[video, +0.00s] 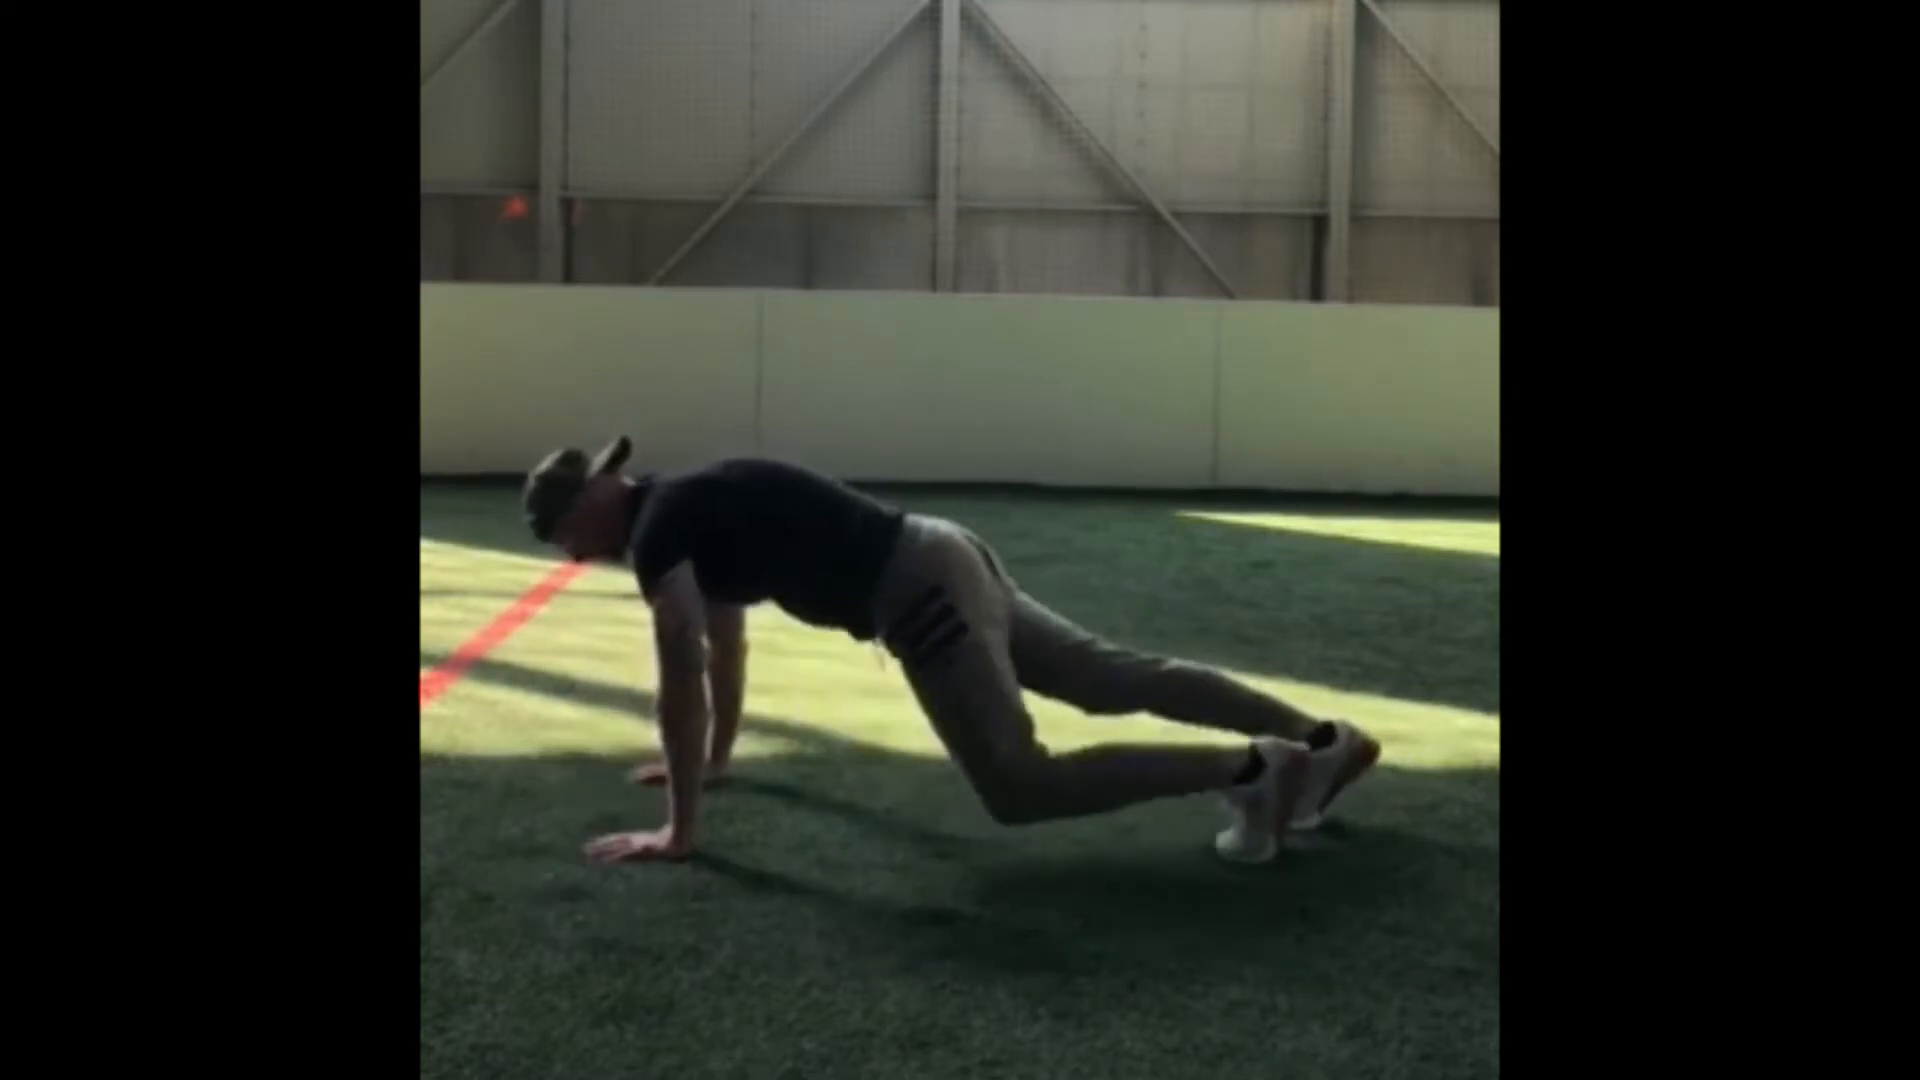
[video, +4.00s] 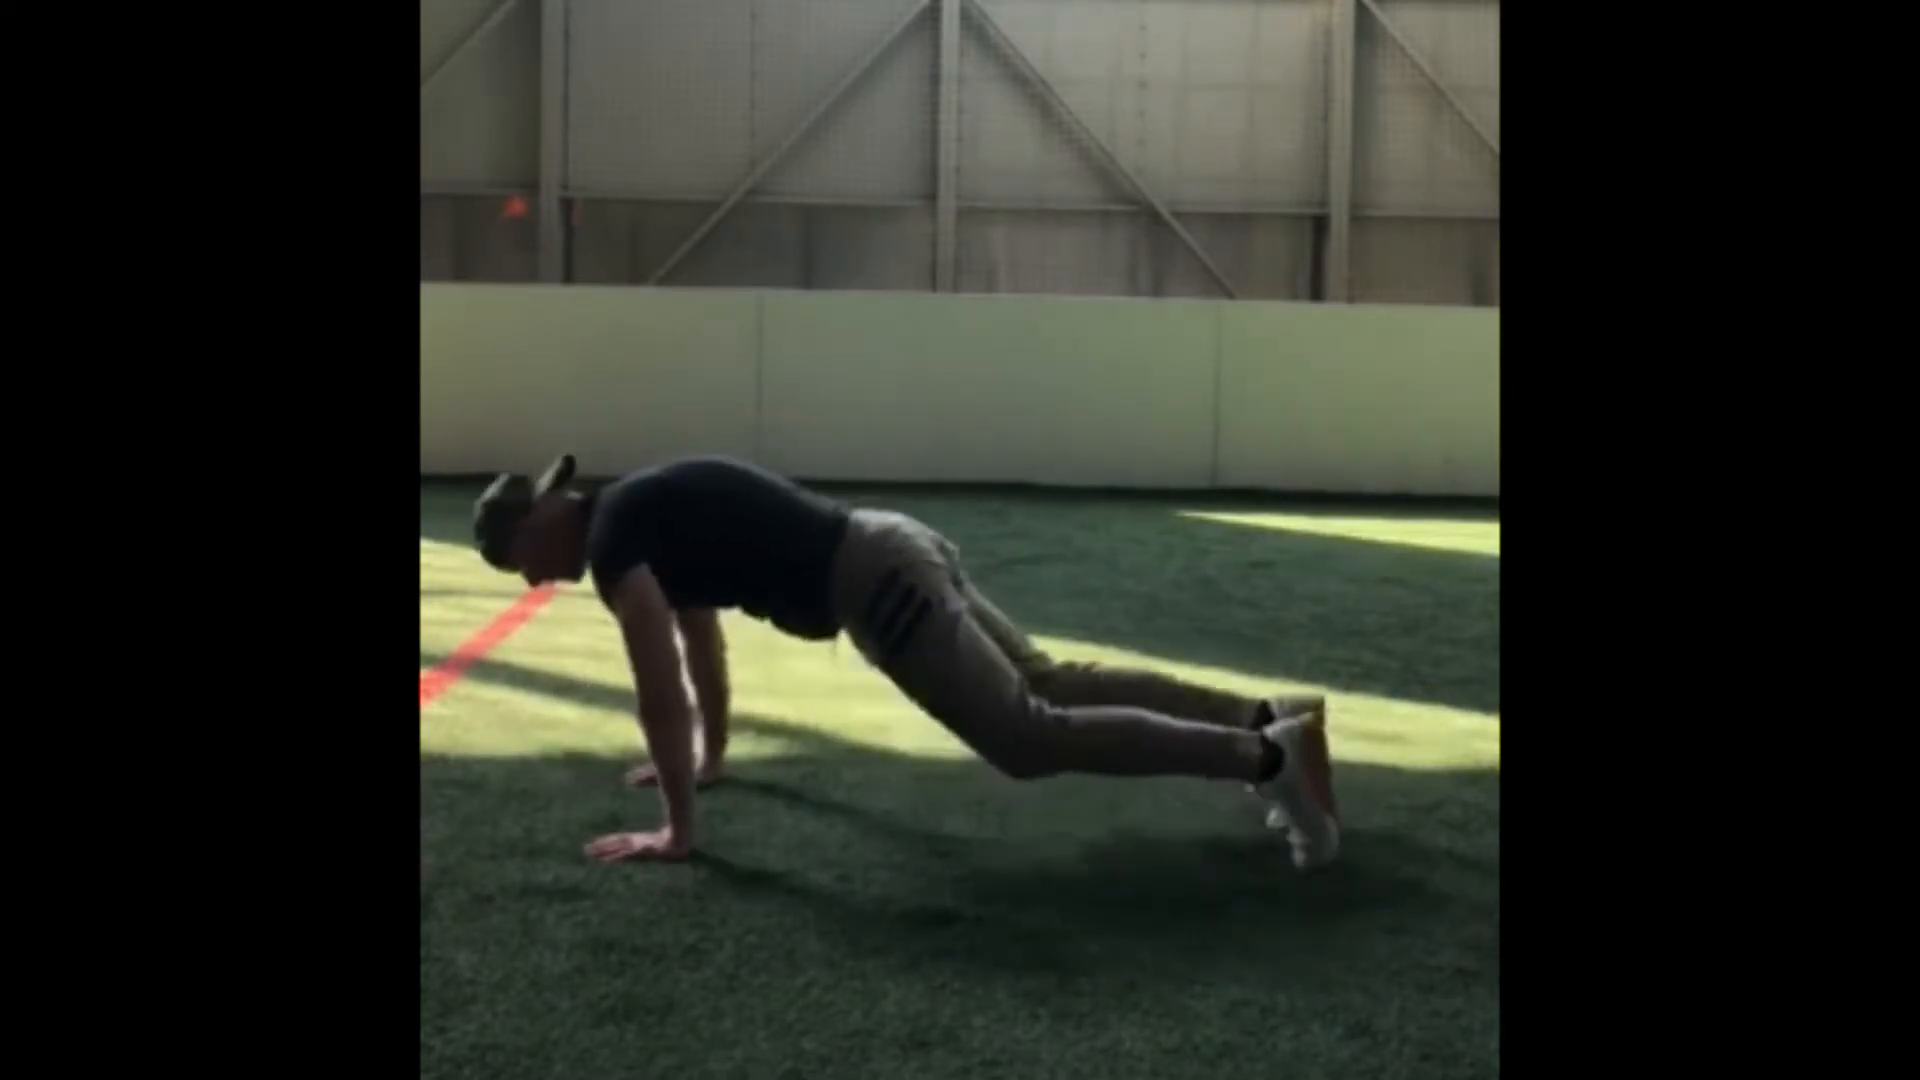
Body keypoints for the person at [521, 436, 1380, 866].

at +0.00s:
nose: (582, 562)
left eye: (573, 545)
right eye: (570, 551)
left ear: (597, 504)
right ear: (613, 487)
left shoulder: (660, 535)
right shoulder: (699, 506)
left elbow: (680, 689)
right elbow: (728, 664)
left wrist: (678, 832)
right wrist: (708, 766)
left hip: (921, 592)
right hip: (947, 552)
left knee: (1022, 789)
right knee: (1111, 678)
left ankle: (1260, 771)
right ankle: (1320, 740)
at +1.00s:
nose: (572, 565)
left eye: (564, 549)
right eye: (561, 553)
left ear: (583, 513)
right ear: (600, 491)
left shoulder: (642, 535)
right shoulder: (682, 499)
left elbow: (671, 693)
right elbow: (713, 652)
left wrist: (677, 829)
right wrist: (708, 756)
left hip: (914, 534)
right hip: (907, 502)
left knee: (1108, 675)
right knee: (853, 649)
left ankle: (1334, 777)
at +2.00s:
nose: (575, 559)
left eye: (566, 542)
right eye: (564, 550)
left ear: (589, 505)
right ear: (602, 498)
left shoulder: (653, 520)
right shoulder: (680, 505)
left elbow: (672, 682)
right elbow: (708, 659)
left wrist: (675, 828)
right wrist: (698, 781)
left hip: (883, 545)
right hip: (930, 546)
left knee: (685, 619)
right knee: (1072, 701)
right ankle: (1295, 742)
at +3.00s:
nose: (558, 556)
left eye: (546, 539)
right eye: (544, 549)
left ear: (558, 502)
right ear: (569, 484)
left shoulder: (625, 525)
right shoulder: (657, 491)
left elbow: (659, 684)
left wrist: (674, 828)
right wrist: (705, 751)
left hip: (862, 563)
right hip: (890, 535)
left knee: (657, 624)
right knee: (737, 583)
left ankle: (791, 827)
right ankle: (819, 732)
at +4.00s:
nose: (542, 582)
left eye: (531, 568)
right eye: (529, 573)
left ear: (547, 522)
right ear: (561, 500)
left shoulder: (614, 542)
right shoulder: (653, 507)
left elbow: (661, 696)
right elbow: (706, 665)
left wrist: (676, 830)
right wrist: (703, 764)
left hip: (880, 584)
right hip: (902, 546)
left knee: (1027, 747)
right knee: (1048, 688)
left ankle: (1265, 758)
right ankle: (1267, 724)